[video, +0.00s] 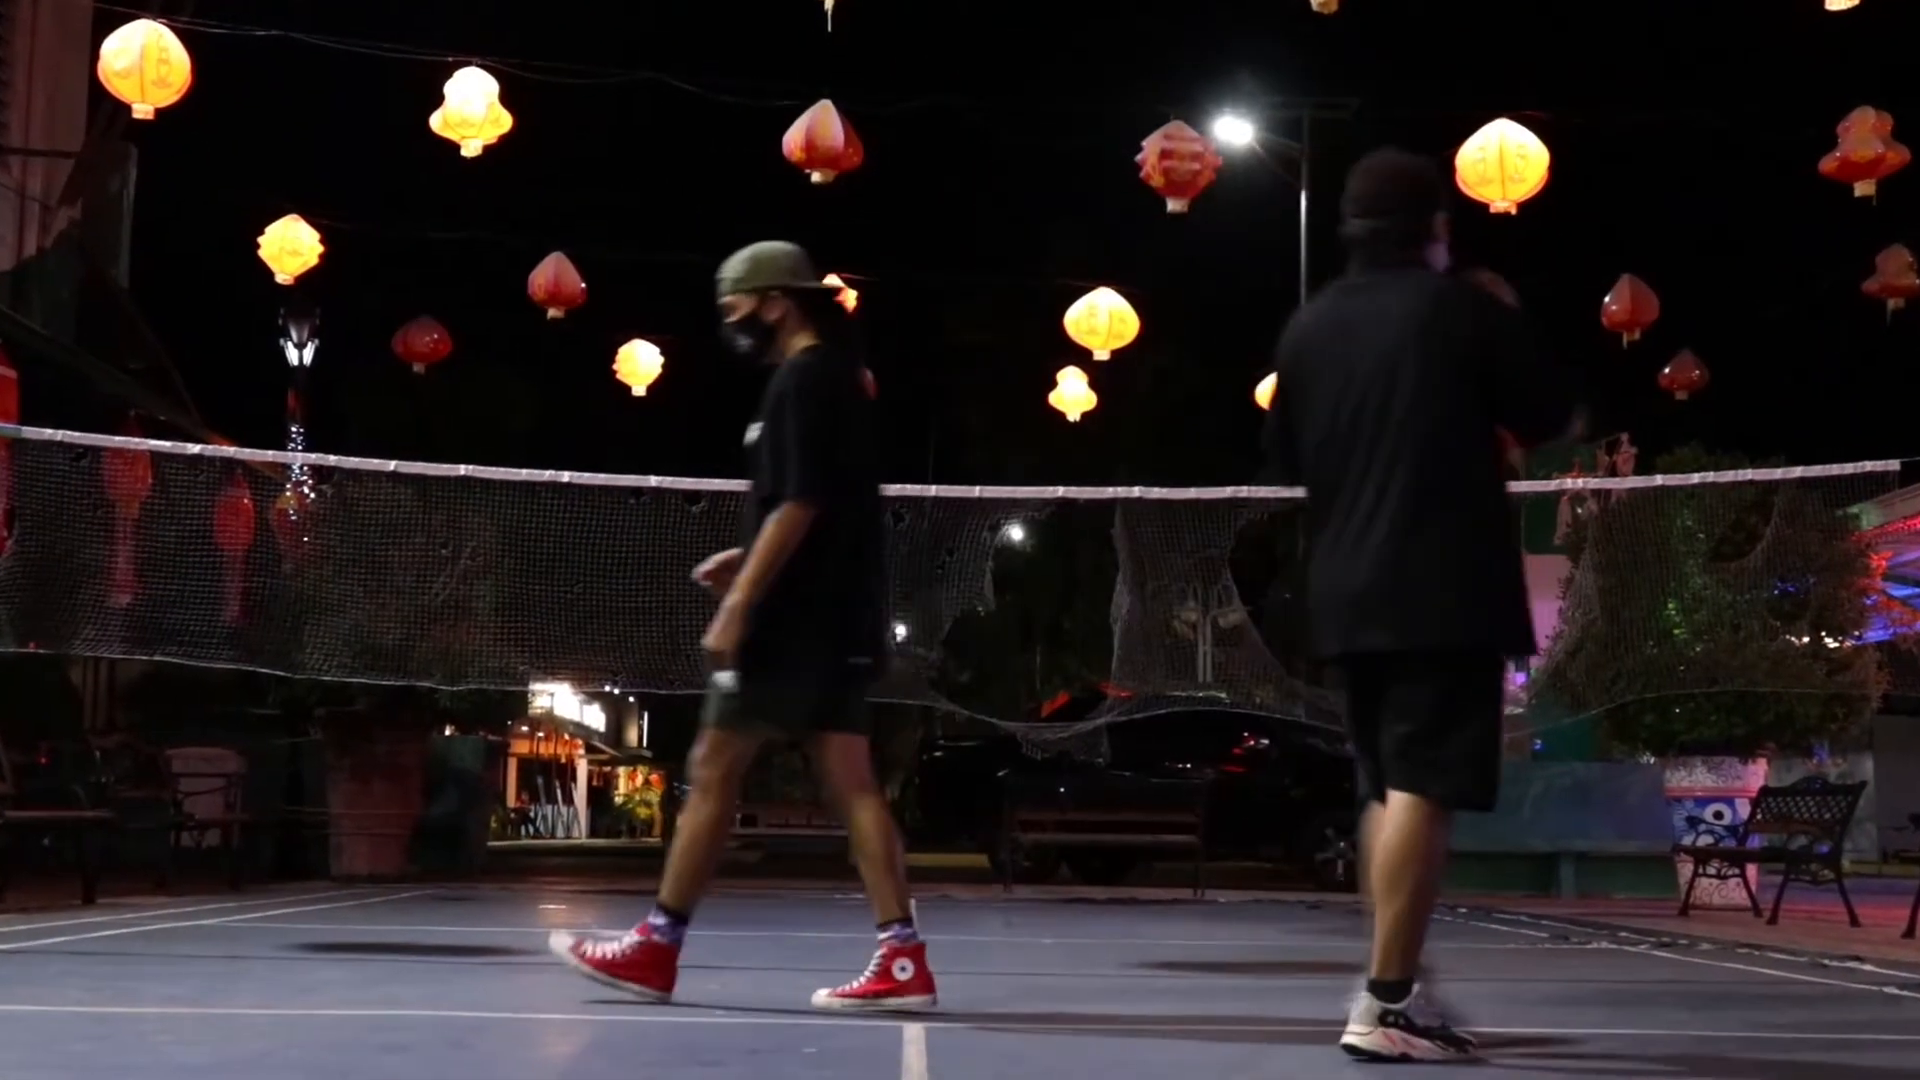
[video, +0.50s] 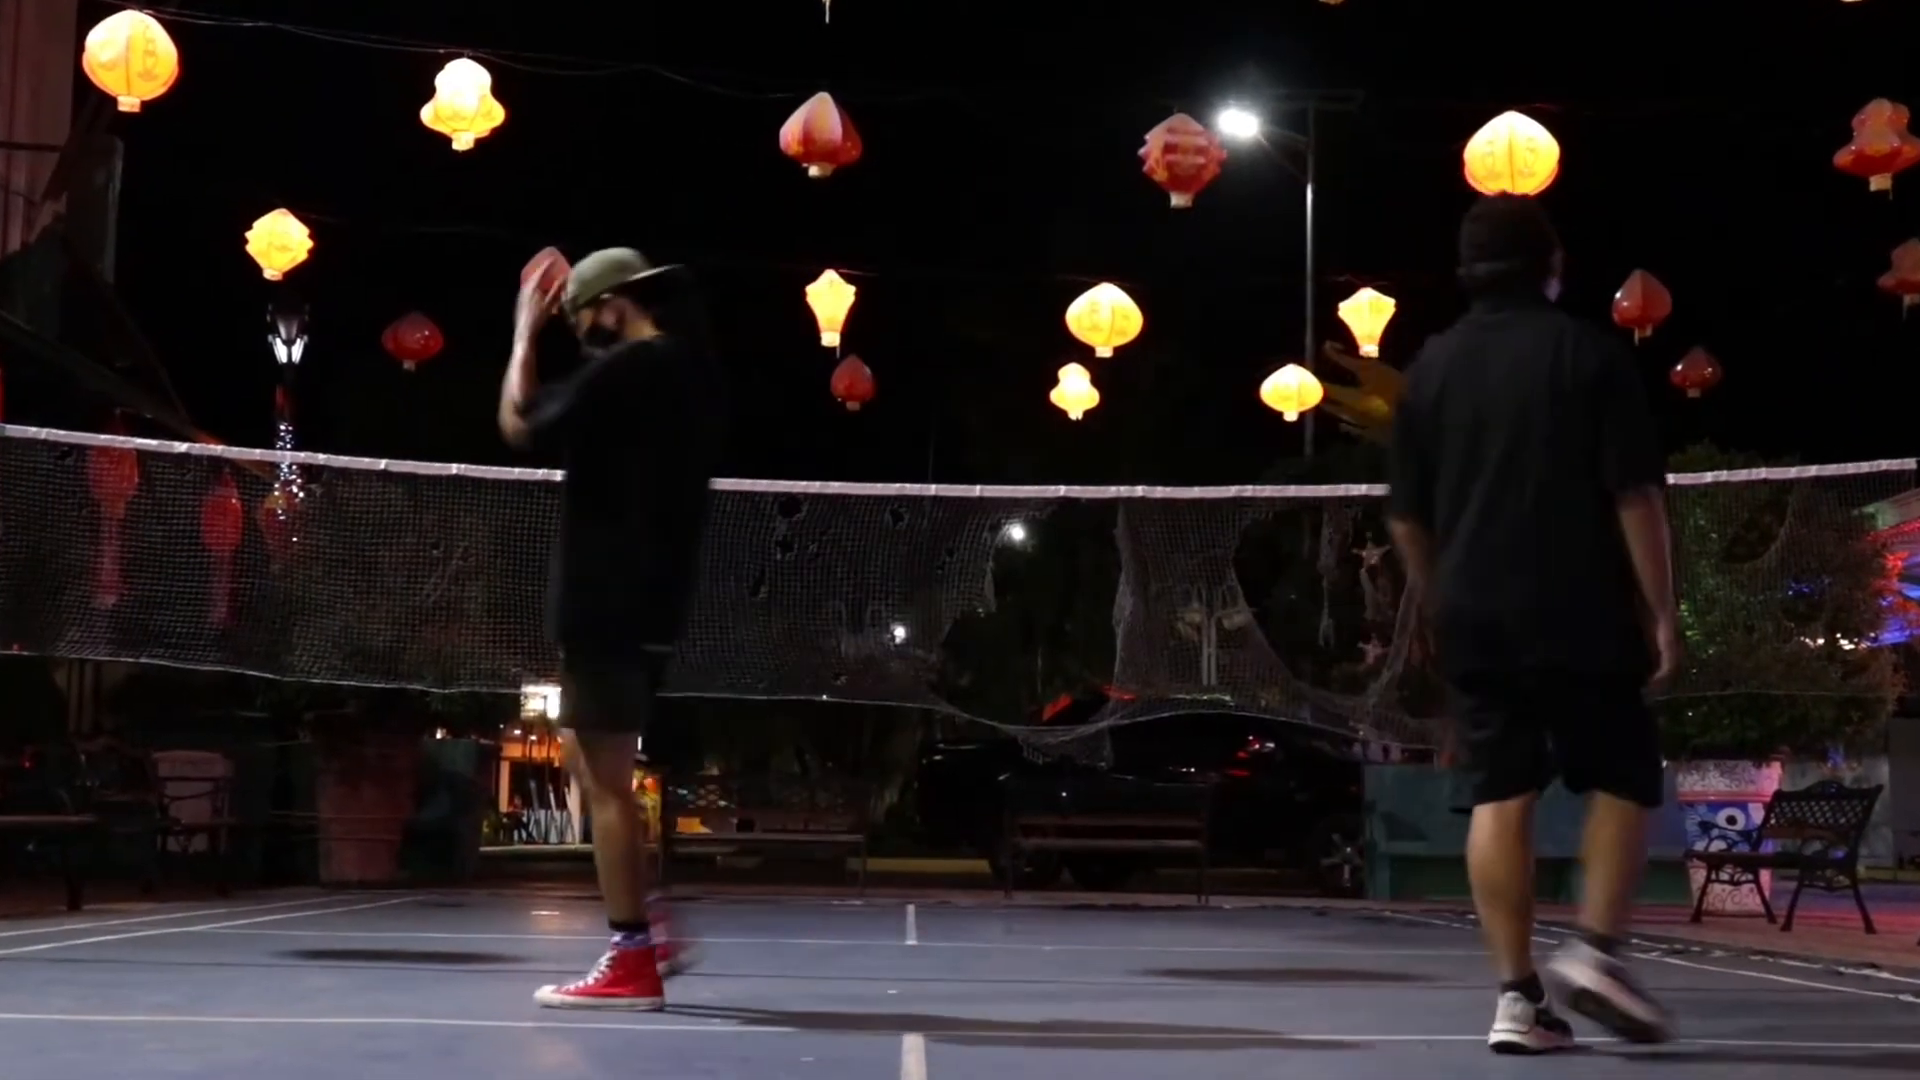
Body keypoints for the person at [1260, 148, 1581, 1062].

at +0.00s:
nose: (1451, 231)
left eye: (1442, 218)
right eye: (1447, 218)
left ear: (1353, 230)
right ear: (1434, 228)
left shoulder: (1309, 329)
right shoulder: (1464, 310)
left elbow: (1292, 458)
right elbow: (1542, 416)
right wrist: (1505, 315)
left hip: (1349, 585)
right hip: (1448, 584)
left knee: (1389, 786)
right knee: (1420, 789)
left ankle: (1400, 988)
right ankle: (1383, 1003)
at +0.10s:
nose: (1481, 252)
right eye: (1476, 240)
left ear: (1384, 250)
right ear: (1467, 247)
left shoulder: (1344, 351)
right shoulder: (1503, 332)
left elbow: (1304, 477)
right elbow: (1597, 438)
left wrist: (1372, 514)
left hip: (1378, 599)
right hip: (1482, 595)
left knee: (1439, 803)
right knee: (1435, 795)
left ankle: (1503, 992)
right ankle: (1387, 1001)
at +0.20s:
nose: (1499, 260)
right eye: (1495, 247)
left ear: (1403, 260)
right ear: (1487, 255)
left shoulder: (1365, 365)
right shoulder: (1526, 343)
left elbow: (1317, 496)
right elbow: (1625, 453)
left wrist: (1368, 574)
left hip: (1397, 608)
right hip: (1502, 606)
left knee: (1457, 805)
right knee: (1461, 795)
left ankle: (1513, 996)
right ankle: (1397, 988)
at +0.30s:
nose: (1521, 259)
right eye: (1515, 246)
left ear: (1425, 262)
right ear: (1508, 254)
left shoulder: (1391, 358)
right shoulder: (1557, 341)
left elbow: (1336, 488)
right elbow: (1628, 466)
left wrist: (1386, 580)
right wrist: (1639, 563)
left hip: (1428, 606)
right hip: (1536, 601)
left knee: (1467, 796)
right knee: (1548, 787)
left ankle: (1509, 989)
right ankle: (1453, 936)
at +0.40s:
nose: (1538, 259)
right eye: (1532, 247)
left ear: (1442, 265)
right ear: (1526, 257)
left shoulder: (1406, 362)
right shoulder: (1573, 347)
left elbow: (1360, 497)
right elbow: (1627, 487)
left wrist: (1402, 593)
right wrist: (1656, 598)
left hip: (1448, 614)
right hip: (1557, 608)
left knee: (1483, 789)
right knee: (1596, 775)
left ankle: (1506, 1009)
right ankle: (1513, 918)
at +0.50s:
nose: (1563, 268)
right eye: (1557, 255)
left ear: (1468, 270)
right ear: (1552, 264)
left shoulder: (1433, 367)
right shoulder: (1592, 353)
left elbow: (1406, 512)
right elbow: (1635, 495)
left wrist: (1434, 601)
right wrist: (1662, 611)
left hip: (1475, 615)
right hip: (1579, 609)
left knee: (1499, 791)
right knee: (1624, 776)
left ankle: (1517, 997)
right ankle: (1594, 947)